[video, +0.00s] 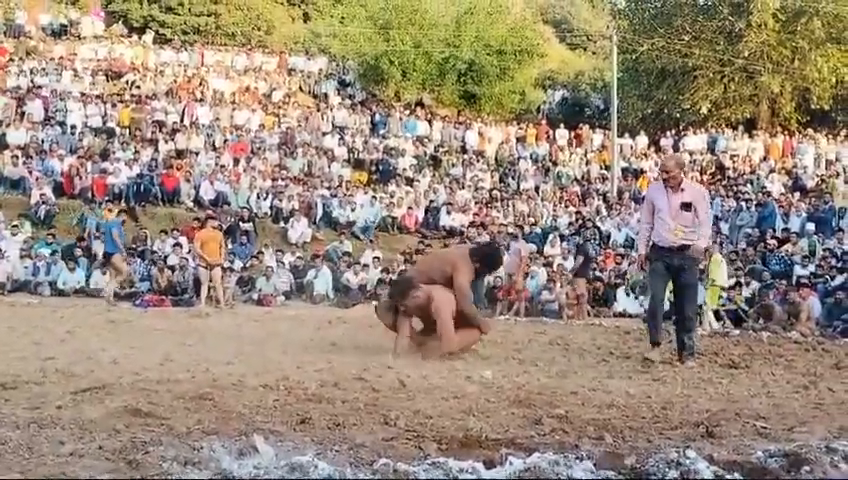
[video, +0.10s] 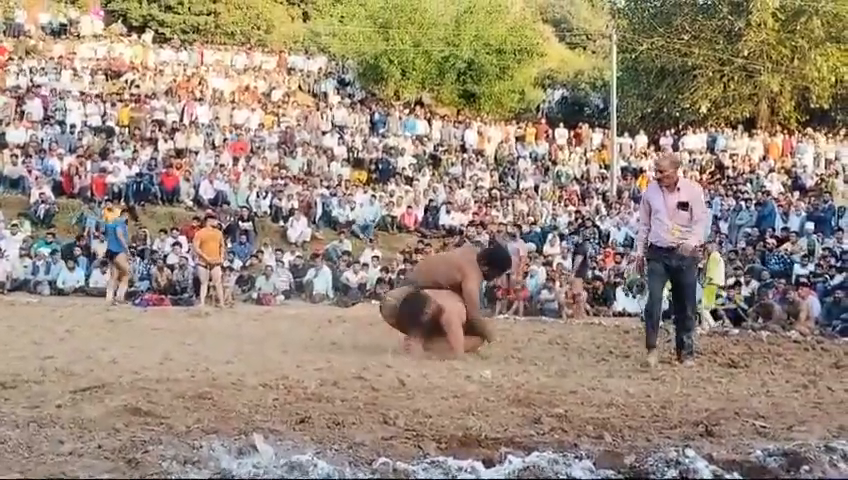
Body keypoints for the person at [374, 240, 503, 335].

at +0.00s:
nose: (486, 273)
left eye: (489, 271)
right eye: (487, 270)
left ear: (481, 253)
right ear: (481, 263)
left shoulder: (470, 251)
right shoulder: (462, 266)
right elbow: (465, 306)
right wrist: (480, 323)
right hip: (411, 285)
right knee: (385, 312)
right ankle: (416, 337)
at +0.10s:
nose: (496, 277)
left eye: (500, 274)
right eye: (498, 273)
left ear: (486, 254)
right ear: (490, 267)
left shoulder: (470, 251)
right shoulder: (471, 274)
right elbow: (473, 316)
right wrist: (490, 337)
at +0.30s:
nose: (513, 296)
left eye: (517, 293)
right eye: (513, 293)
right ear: (503, 286)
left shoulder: (499, 265)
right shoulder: (483, 285)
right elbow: (472, 322)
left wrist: (522, 316)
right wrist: (487, 343)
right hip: (425, 282)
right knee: (394, 310)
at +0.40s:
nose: (516, 304)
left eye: (520, 300)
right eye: (515, 299)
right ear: (504, 291)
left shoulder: (508, 276)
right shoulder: (486, 287)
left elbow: (526, 307)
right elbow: (473, 327)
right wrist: (489, 346)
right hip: (429, 281)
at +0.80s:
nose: (510, 311)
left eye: (514, 308)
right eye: (508, 308)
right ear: (497, 295)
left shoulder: (514, 283)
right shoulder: (478, 290)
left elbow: (525, 319)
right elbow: (458, 327)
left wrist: (541, 351)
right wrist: (480, 346)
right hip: (434, 279)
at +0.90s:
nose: (491, 311)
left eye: (498, 309)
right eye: (491, 307)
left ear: (509, 295)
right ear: (486, 295)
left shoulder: (504, 286)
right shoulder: (469, 290)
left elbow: (518, 320)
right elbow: (454, 329)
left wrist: (539, 350)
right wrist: (481, 348)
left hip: (452, 280)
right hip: (427, 285)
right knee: (421, 330)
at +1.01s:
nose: (485, 308)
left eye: (489, 305)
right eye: (483, 304)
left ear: (498, 293)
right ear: (474, 292)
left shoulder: (496, 285)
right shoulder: (459, 290)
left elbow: (515, 319)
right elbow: (453, 332)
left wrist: (537, 349)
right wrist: (478, 348)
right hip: (427, 294)